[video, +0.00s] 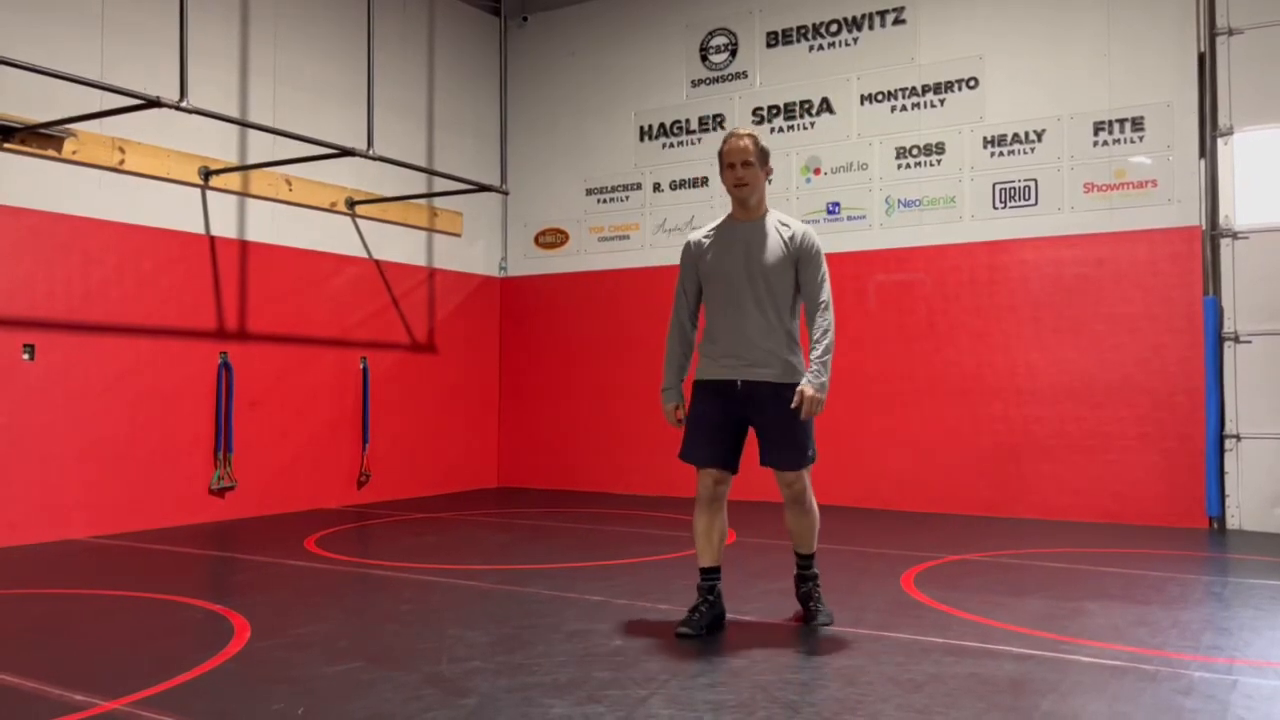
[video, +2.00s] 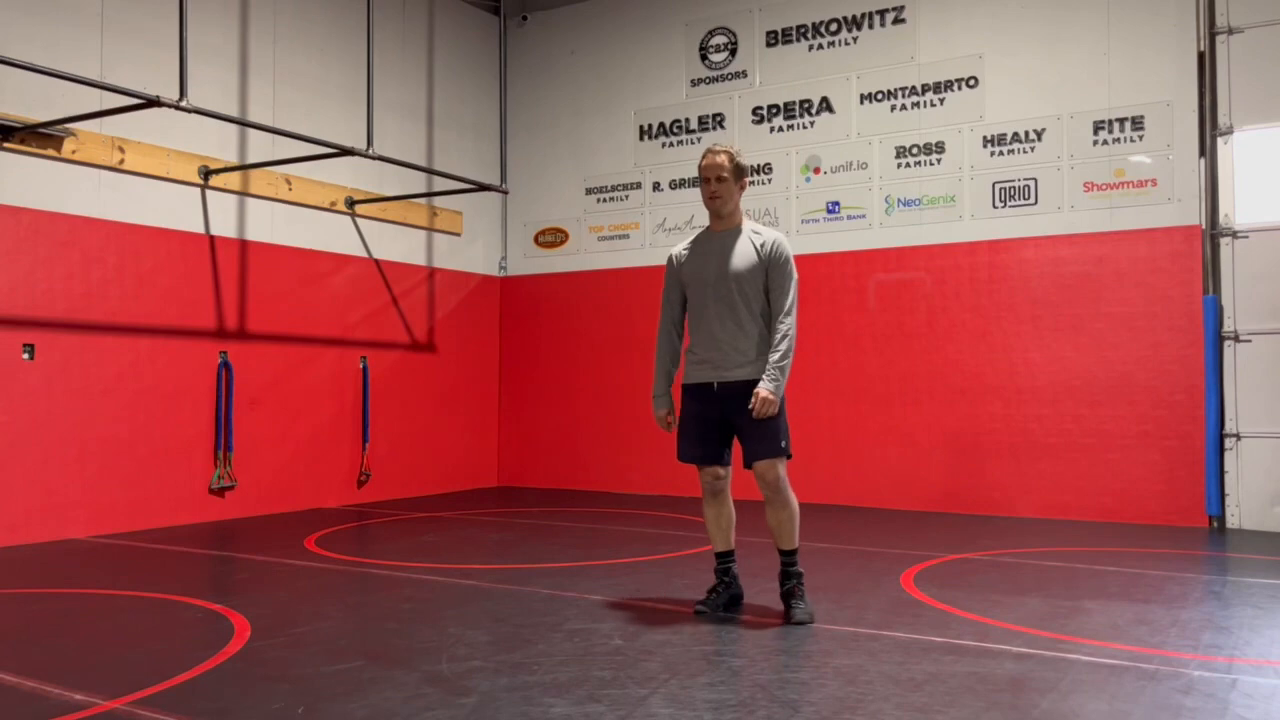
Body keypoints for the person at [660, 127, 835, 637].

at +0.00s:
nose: (737, 173)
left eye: (746, 164)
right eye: (729, 165)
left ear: (766, 170)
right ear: (720, 174)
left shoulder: (798, 239)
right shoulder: (700, 245)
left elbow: (821, 315)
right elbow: (682, 322)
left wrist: (817, 378)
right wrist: (672, 386)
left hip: (780, 386)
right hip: (717, 387)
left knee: (796, 489)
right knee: (710, 488)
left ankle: (808, 585)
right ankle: (709, 601)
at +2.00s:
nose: (711, 188)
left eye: (720, 179)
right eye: (705, 180)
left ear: (742, 184)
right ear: (697, 187)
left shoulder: (771, 246)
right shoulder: (683, 256)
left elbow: (786, 323)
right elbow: (669, 330)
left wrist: (773, 382)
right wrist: (662, 390)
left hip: (755, 386)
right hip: (702, 390)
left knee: (772, 478)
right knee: (713, 482)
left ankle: (792, 586)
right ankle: (726, 584)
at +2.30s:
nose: (725, 188)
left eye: (734, 180)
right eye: (717, 180)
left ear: (750, 185)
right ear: (707, 187)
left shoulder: (778, 247)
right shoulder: (691, 258)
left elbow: (798, 322)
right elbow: (671, 319)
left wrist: (794, 384)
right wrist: (661, 361)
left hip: (764, 390)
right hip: (710, 392)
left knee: (780, 486)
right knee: (717, 484)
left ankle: (800, 588)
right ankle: (727, 583)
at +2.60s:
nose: (753, 178)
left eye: (761, 171)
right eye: (745, 172)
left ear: (778, 180)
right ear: (734, 181)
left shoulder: (805, 247)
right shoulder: (711, 252)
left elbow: (827, 318)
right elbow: (694, 321)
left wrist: (810, 371)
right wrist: (702, 374)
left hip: (788, 390)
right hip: (730, 392)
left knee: (796, 488)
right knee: (728, 487)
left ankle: (807, 591)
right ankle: (728, 583)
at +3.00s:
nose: (785, 176)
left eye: (795, 168)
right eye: (778, 168)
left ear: (813, 176)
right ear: (767, 177)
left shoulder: (839, 240)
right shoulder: (743, 245)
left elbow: (850, 309)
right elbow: (725, 315)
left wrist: (804, 268)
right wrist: (784, 287)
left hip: (819, 383)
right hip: (758, 381)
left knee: (818, 491)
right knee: (729, 486)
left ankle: (812, 592)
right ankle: (735, 565)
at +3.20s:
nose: (790, 176)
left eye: (800, 167)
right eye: (783, 167)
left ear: (820, 174)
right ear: (774, 176)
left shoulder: (846, 238)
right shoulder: (749, 242)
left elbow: (841, 304)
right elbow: (739, 314)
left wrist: (809, 249)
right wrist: (798, 284)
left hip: (822, 382)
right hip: (761, 378)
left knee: (819, 488)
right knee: (733, 473)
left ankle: (813, 594)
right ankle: (735, 588)